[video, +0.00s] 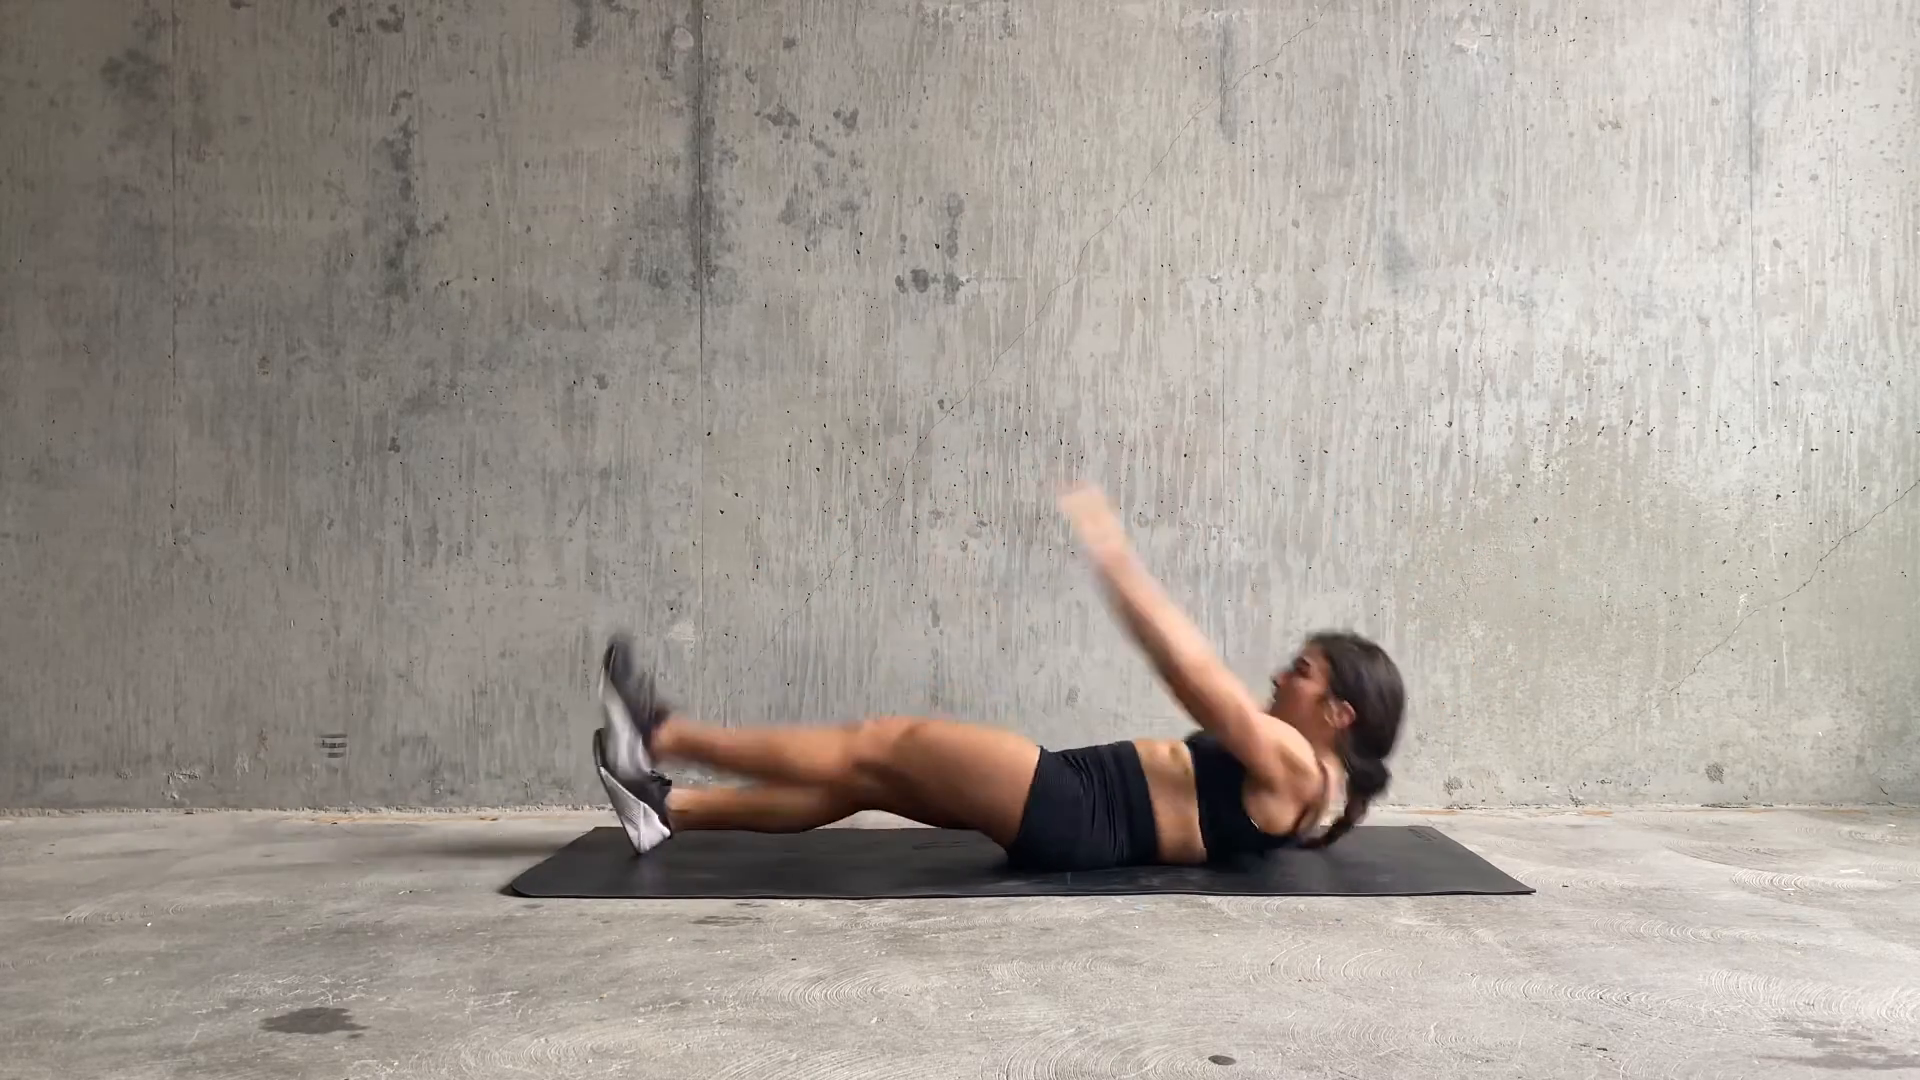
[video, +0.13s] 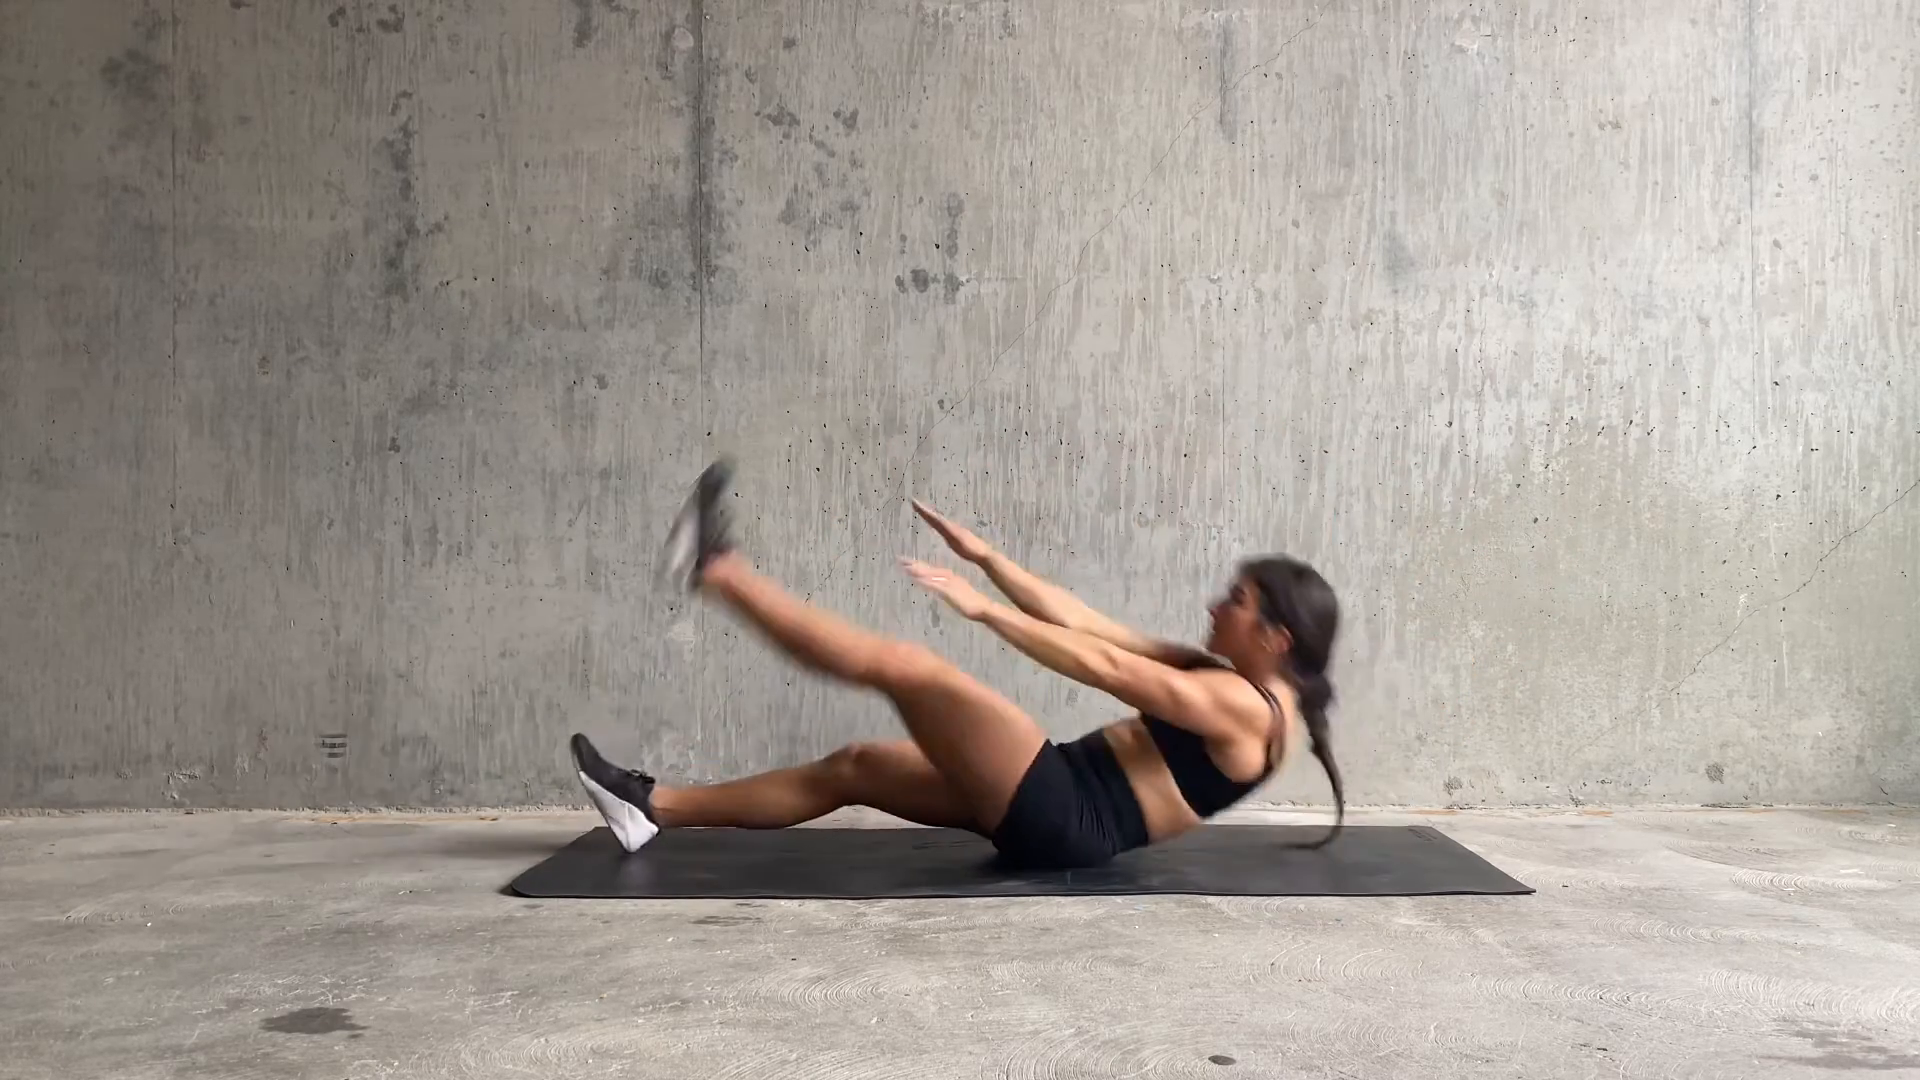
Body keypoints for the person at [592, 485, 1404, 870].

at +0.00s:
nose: (1280, 684)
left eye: (1299, 678)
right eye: (1292, 670)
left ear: (1339, 712)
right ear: (1341, 717)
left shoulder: (1291, 761)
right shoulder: (1309, 779)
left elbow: (1186, 664)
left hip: (1079, 805)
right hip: (1084, 813)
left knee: (888, 743)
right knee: (867, 783)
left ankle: (668, 736)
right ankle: (665, 812)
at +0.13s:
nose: (1217, 610)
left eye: (1233, 604)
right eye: (1225, 598)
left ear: (1273, 634)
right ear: (1265, 632)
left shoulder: (1246, 708)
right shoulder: (1215, 675)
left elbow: (1108, 668)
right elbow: (1089, 629)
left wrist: (981, 608)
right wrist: (991, 557)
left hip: (1071, 812)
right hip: (1060, 800)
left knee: (912, 674)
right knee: (854, 770)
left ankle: (719, 571)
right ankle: (654, 807)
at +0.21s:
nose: (1179, 561)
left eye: (1196, 556)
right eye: (1189, 551)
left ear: (1232, 589)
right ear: (1224, 586)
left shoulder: (1210, 671)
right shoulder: (1175, 633)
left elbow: (1070, 646)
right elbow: (1055, 593)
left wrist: (942, 595)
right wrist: (954, 523)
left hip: (1071, 818)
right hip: (1052, 791)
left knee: (935, 627)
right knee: (848, 767)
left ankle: (783, 490)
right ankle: (647, 807)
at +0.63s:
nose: (1211, 591)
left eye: (1229, 586)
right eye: (1222, 579)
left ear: (1270, 617)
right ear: (1270, 619)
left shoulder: (1238, 686)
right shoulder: (1244, 687)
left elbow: (1117, 616)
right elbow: (1120, 616)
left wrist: (1020, 522)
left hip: (1068, 807)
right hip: (1064, 805)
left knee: (896, 676)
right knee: (853, 776)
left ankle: (703, 592)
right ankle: (652, 807)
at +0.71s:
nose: (1238, 627)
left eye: (1259, 622)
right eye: (1250, 614)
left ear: (1299, 655)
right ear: (1294, 655)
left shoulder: (1264, 711)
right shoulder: (1256, 710)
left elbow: (1168, 611)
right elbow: (1165, 614)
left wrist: (1107, 498)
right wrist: (1108, 504)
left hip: (1069, 808)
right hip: (1060, 798)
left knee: (880, 718)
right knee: (854, 782)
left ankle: (669, 672)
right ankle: (649, 807)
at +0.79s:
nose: (1259, 655)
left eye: (1279, 648)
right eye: (1269, 643)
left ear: (1315, 683)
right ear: (1302, 678)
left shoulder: (1289, 753)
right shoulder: (1259, 732)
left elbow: (1246, 619)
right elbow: (1199, 613)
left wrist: (1219, 497)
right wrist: (1194, 494)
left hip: (1078, 812)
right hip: (1069, 795)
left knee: (871, 752)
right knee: (859, 783)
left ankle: (652, 748)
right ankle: (651, 807)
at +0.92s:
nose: (1300, 681)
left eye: (1320, 680)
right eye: (1306, 673)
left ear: (1344, 724)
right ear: (1338, 723)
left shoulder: (1311, 802)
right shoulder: (1283, 764)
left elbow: (1340, 656)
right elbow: (1295, 641)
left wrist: (1370, 539)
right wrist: (1344, 533)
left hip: (1083, 811)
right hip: (1083, 791)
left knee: (875, 773)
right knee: (884, 768)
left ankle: (654, 814)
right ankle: (668, 805)